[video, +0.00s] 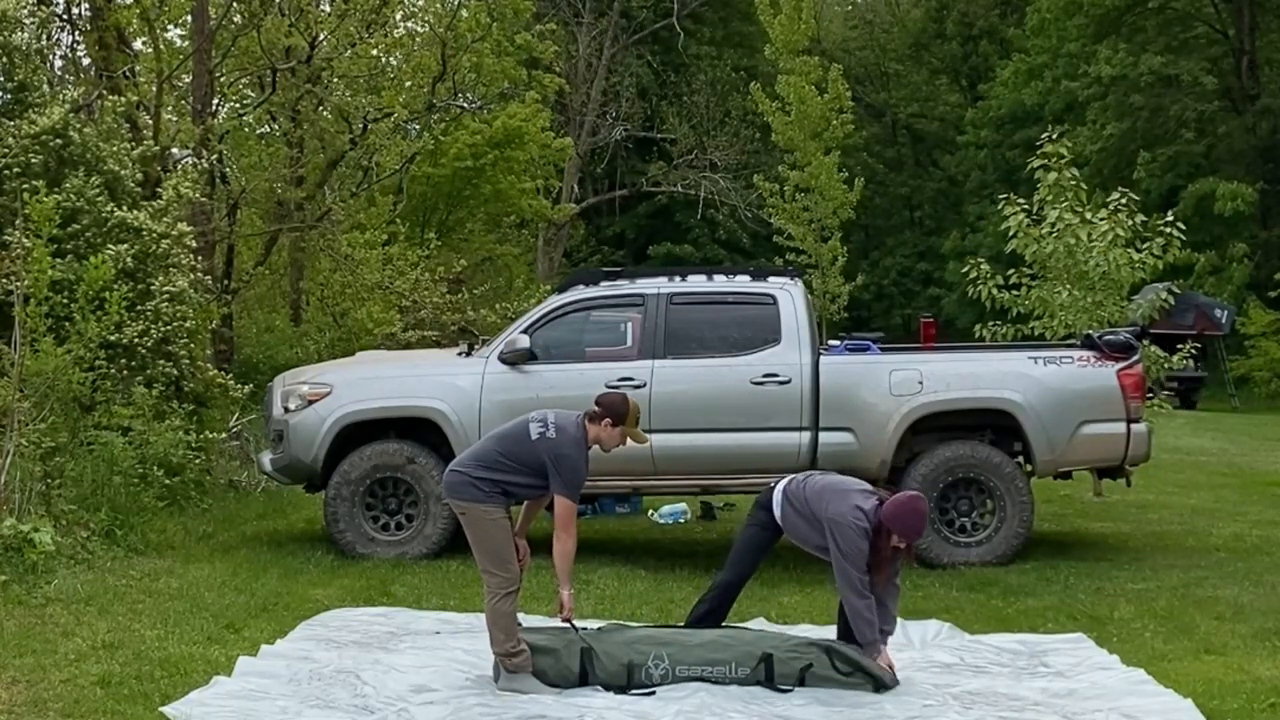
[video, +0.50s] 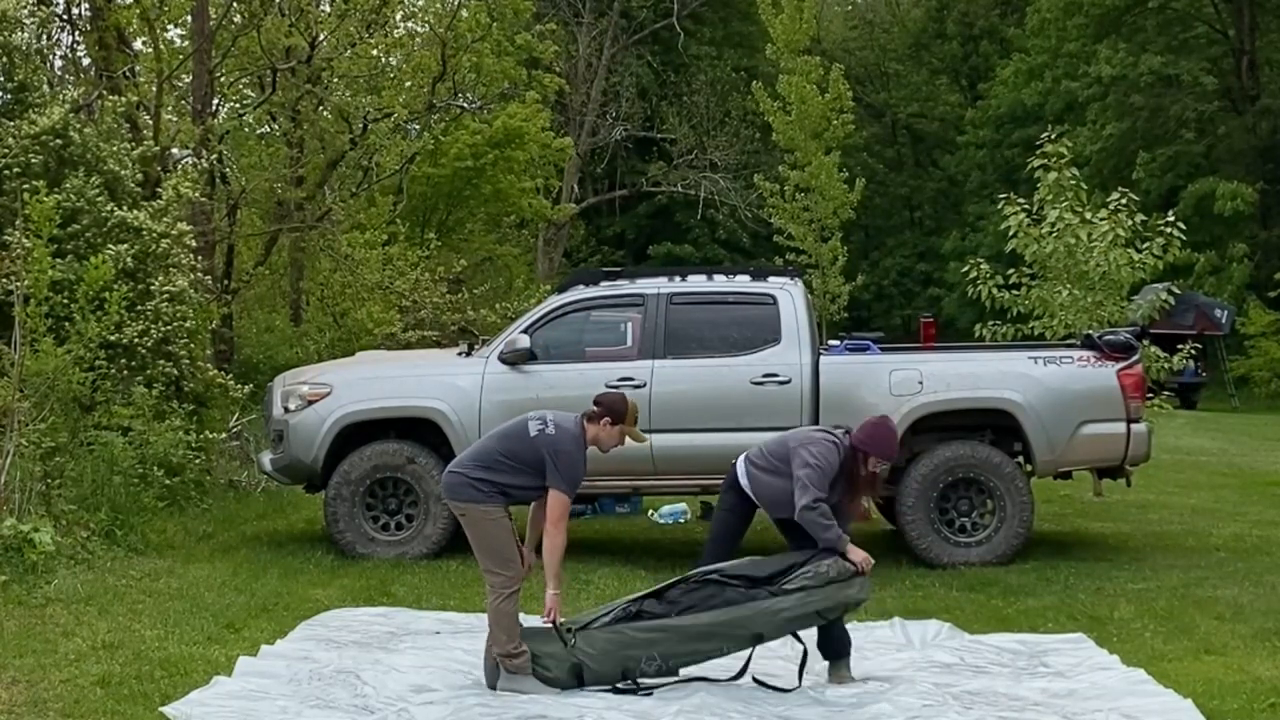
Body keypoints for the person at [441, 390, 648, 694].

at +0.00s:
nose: (624, 441)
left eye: (626, 435)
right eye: (623, 433)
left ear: (602, 420)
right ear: (606, 423)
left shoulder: (569, 427)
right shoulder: (570, 453)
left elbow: (541, 490)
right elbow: (564, 534)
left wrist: (519, 533)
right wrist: (565, 589)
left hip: (480, 486)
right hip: (475, 490)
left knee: (508, 573)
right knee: (502, 579)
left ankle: (506, 663)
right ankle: (513, 671)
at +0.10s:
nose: (625, 442)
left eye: (627, 435)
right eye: (624, 433)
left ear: (603, 421)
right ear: (607, 424)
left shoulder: (570, 427)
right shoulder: (571, 454)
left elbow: (542, 490)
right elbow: (564, 535)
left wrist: (520, 532)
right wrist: (566, 590)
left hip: (479, 484)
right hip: (475, 489)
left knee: (508, 572)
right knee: (503, 580)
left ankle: (506, 662)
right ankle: (513, 671)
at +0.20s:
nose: (626, 441)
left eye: (628, 435)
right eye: (625, 433)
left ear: (604, 421)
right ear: (608, 424)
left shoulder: (571, 427)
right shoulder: (572, 454)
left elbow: (542, 490)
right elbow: (564, 535)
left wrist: (520, 533)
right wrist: (565, 591)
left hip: (479, 484)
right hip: (476, 489)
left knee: (508, 573)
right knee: (503, 580)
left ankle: (505, 662)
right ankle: (513, 671)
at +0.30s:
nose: (626, 440)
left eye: (629, 433)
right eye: (625, 432)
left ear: (605, 419)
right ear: (608, 422)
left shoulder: (571, 427)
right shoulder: (572, 452)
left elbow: (543, 491)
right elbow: (562, 533)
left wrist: (520, 533)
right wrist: (562, 591)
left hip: (479, 484)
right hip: (477, 489)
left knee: (508, 573)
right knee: (504, 580)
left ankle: (502, 665)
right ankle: (514, 671)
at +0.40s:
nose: (626, 438)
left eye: (628, 432)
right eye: (624, 430)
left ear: (603, 418)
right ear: (606, 421)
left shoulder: (571, 426)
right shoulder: (572, 451)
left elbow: (542, 491)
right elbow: (560, 532)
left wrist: (520, 533)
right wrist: (557, 591)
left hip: (481, 484)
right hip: (476, 488)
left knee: (508, 573)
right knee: (504, 579)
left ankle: (499, 665)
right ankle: (513, 671)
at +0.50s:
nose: (622, 442)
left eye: (625, 435)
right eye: (622, 433)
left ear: (601, 421)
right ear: (604, 423)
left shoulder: (566, 431)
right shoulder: (569, 450)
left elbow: (542, 500)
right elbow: (554, 525)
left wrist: (529, 547)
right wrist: (553, 590)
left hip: (476, 486)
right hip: (472, 489)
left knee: (511, 571)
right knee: (506, 576)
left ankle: (498, 661)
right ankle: (513, 670)